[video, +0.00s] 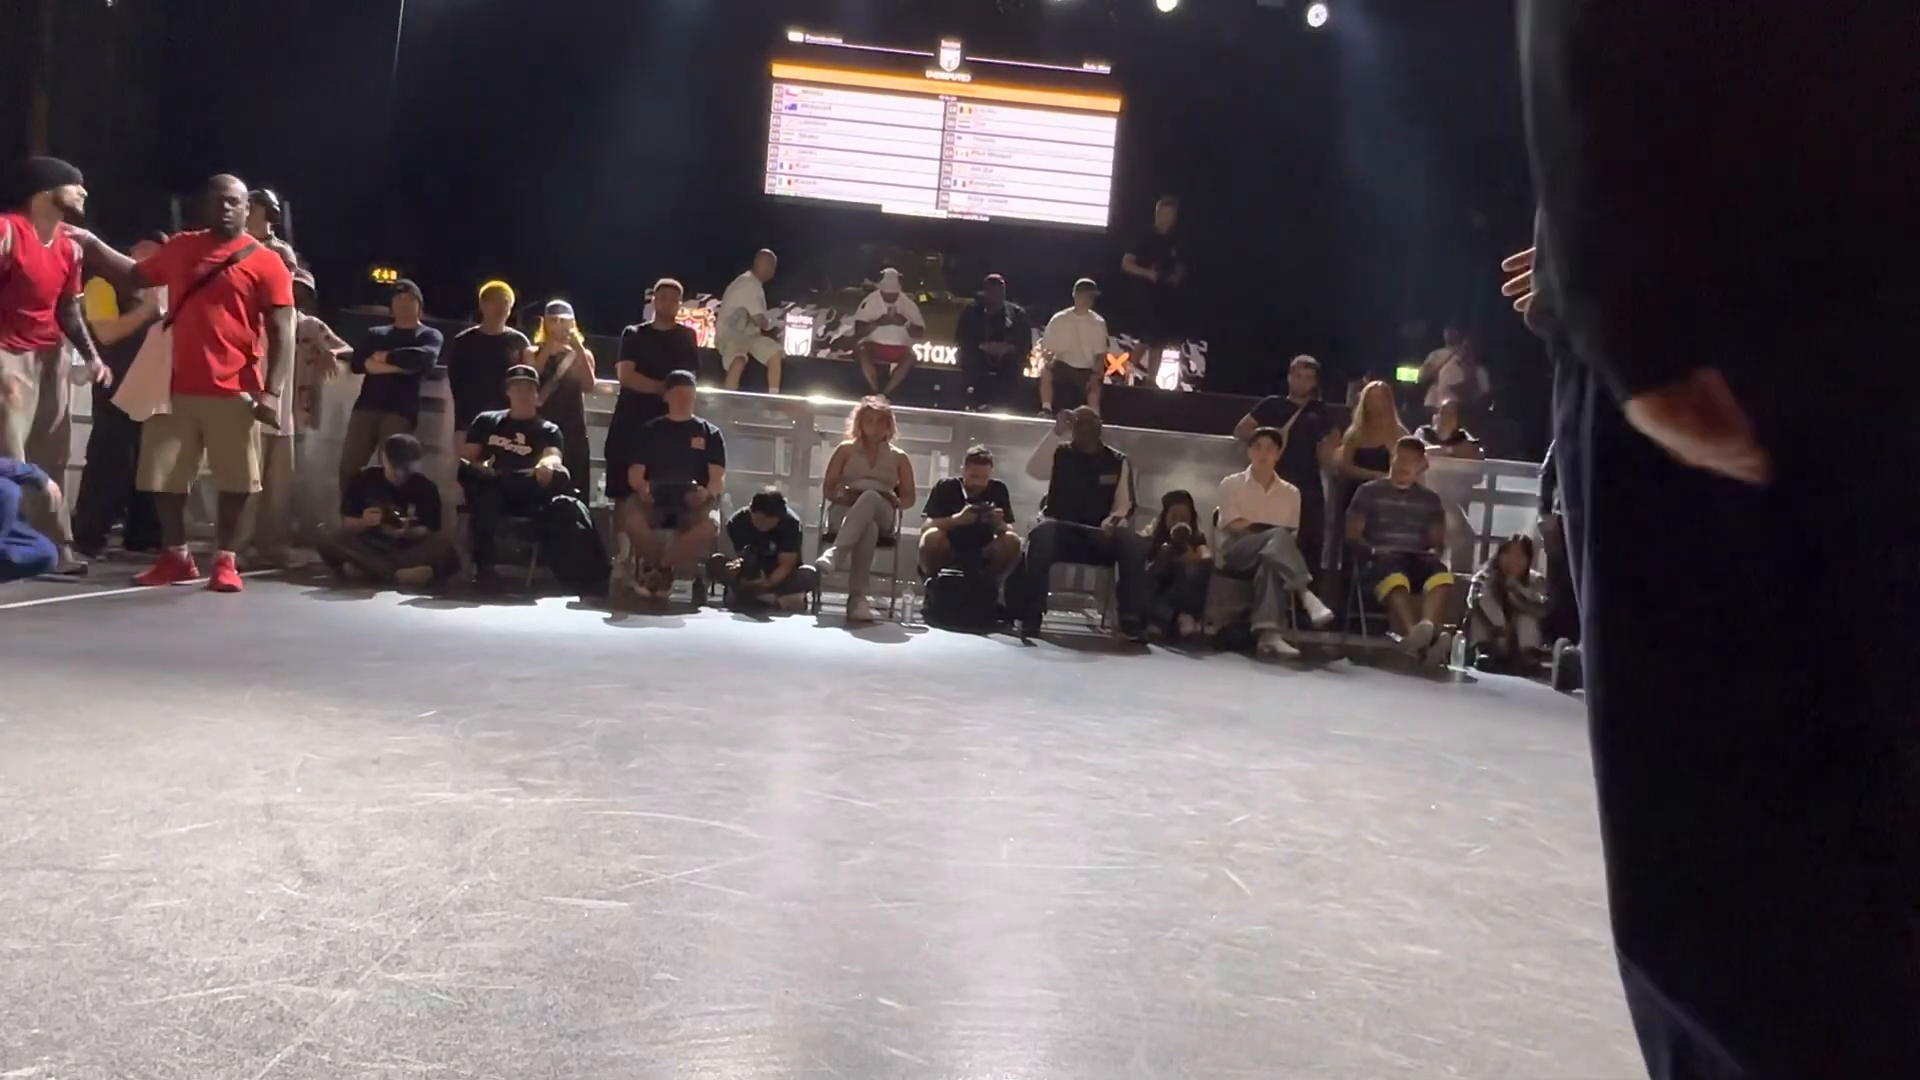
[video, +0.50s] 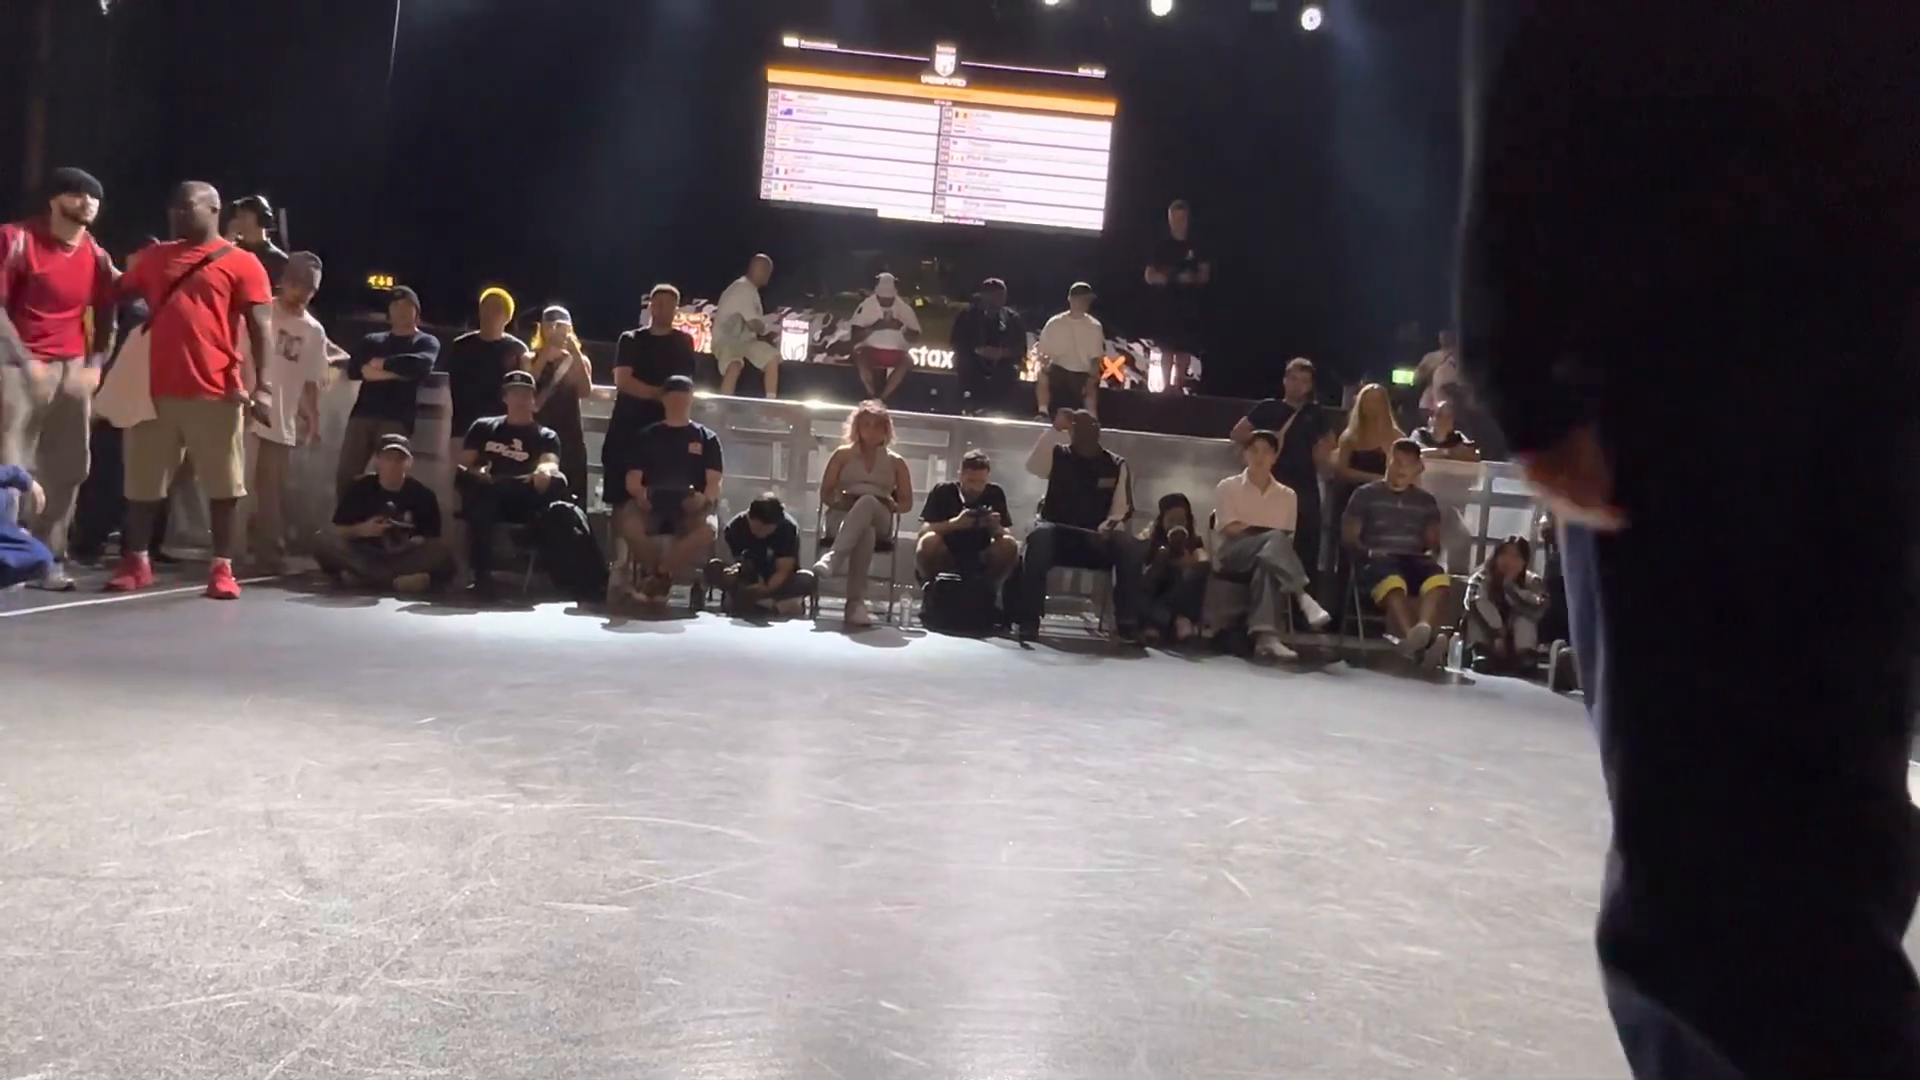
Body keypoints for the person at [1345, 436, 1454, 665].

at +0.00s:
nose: (1404, 465)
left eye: (1411, 460)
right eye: (1400, 458)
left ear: (1422, 466)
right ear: (1392, 459)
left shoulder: (1430, 499)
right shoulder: (1368, 492)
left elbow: (1436, 540)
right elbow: (1352, 534)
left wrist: (1424, 553)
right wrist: (1374, 551)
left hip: (1418, 556)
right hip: (1383, 553)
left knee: (1442, 578)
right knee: (1396, 583)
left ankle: (1424, 635)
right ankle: (1419, 645)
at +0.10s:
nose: (1405, 467)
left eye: (1412, 462)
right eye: (1401, 460)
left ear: (1422, 468)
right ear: (1392, 460)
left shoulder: (1430, 500)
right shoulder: (1369, 493)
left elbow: (1437, 543)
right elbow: (1352, 536)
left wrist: (1430, 555)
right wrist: (1374, 552)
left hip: (1418, 557)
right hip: (1383, 554)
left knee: (1442, 580)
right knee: (1396, 585)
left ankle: (1425, 636)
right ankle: (1419, 647)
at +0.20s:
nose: (1405, 468)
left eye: (1412, 463)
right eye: (1400, 461)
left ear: (1423, 468)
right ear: (1392, 462)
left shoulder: (1431, 501)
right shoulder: (1368, 494)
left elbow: (1437, 543)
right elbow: (1353, 537)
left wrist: (1432, 555)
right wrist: (1375, 553)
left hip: (1418, 558)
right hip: (1384, 555)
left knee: (1442, 580)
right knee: (1396, 585)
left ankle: (1425, 638)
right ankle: (1420, 648)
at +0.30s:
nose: (1405, 468)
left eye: (1412, 463)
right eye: (1400, 461)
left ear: (1423, 468)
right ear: (1391, 462)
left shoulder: (1430, 501)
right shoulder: (1368, 494)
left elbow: (1436, 543)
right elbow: (1352, 537)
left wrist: (1432, 555)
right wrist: (1373, 553)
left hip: (1418, 558)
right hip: (1383, 555)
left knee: (1442, 580)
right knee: (1397, 586)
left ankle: (1425, 637)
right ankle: (1419, 647)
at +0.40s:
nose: (1403, 468)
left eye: (1410, 463)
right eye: (1399, 461)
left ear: (1421, 468)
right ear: (1389, 462)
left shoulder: (1428, 501)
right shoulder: (1366, 494)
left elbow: (1435, 543)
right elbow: (1350, 537)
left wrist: (1430, 555)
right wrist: (1372, 553)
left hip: (1416, 559)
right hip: (1381, 556)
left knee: (1441, 580)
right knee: (1395, 586)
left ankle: (1423, 637)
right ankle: (1417, 647)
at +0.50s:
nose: (1401, 469)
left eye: (1408, 463)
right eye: (1397, 461)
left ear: (1419, 469)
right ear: (1388, 462)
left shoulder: (1426, 501)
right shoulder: (1365, 495)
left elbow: (1433, 543)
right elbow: (1349, 538)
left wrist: (1428, 555)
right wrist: (1370, 553)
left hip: (1415, 558)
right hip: (1380, 556)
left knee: (1439, 581)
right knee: (1394, 587)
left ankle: (1421, 636)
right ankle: (1415, 646)